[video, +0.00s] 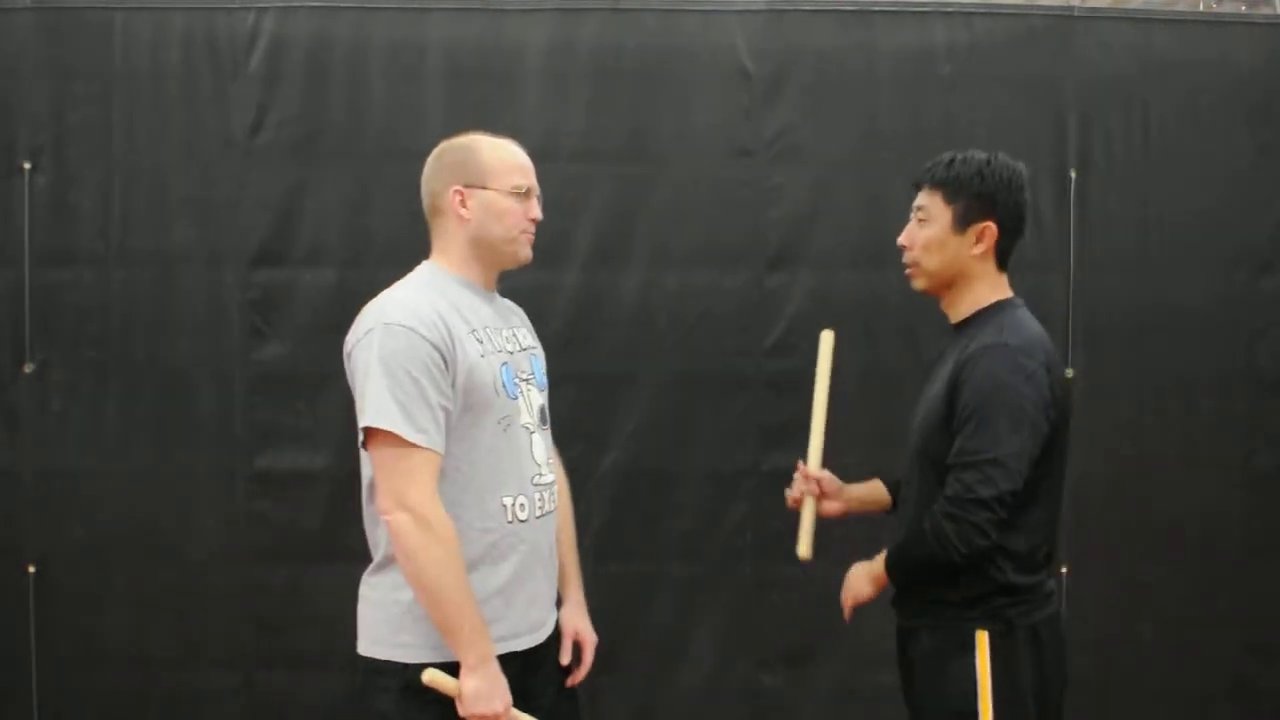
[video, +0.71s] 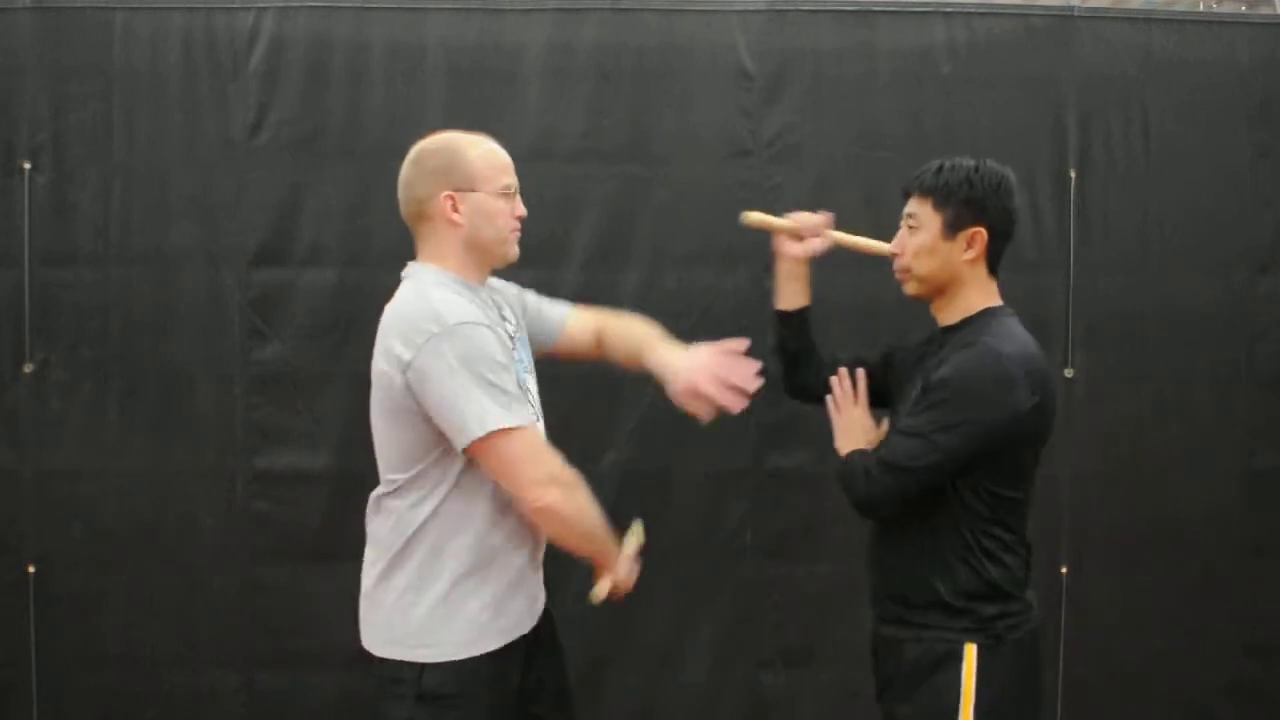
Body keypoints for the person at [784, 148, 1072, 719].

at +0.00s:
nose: (902, 239)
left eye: (921, 220)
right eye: (909, 220)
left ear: (981, 238)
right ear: (978, 240)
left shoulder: (1005, 354)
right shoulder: (977, 344)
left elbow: (970, 520)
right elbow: (943, 478)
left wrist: (882, 569)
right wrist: (849, 497)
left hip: (986, 640)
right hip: (959, 633)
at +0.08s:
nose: (905, 240)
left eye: (923, 222)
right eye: (911, 221)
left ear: (982, 238)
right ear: (978, 240)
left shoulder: (1001, 352)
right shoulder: (982, 342)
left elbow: (943, 513)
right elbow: (941, 470)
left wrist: (877, 537)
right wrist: (843, 467)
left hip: (983, 637)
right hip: (961, 630)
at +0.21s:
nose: (907, 243)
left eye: (923, 226)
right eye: (912, 225)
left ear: (981, 240)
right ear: (978, 243)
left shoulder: (990, 350)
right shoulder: (992, 336)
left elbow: (886, 492)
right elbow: (930, 438)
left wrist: (868, 482)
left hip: (975, 624)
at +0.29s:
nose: (903, 245)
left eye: (921, 227)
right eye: (909, 227)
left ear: (977, 240)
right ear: (973, 241)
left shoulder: (975, 347)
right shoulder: (1002, 331)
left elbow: (868, 476)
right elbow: (920, 417)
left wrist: (909, 442)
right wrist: (857, 344)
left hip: (971, 615)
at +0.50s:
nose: (904, 246)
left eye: (918, 230)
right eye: (908, 229)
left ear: (974, 242)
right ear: (970, 245)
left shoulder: (967, 352)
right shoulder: (1001, 334)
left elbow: (860, 469)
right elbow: (873, 388)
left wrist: (886, 414)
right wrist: (875, 279)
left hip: (964, 620)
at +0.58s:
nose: (899, 246)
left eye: (916, 230)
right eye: (905, 229)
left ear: (973, 244)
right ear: (966, 245)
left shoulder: (978, 355)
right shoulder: (970, 339)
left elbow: (863, 479)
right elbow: (848, 379)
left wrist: (871, 430)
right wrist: (854, 270)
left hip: (963, 629)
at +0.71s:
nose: (895, 247)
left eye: (912, 228)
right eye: (900, 228)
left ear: (971, 244)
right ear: (966, 246)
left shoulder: (998, 363)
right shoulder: (934, 352)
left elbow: (878, 492)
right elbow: (806, 378)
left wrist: (855, 445)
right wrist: (792, 265)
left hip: (968, 650)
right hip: (919, 642)